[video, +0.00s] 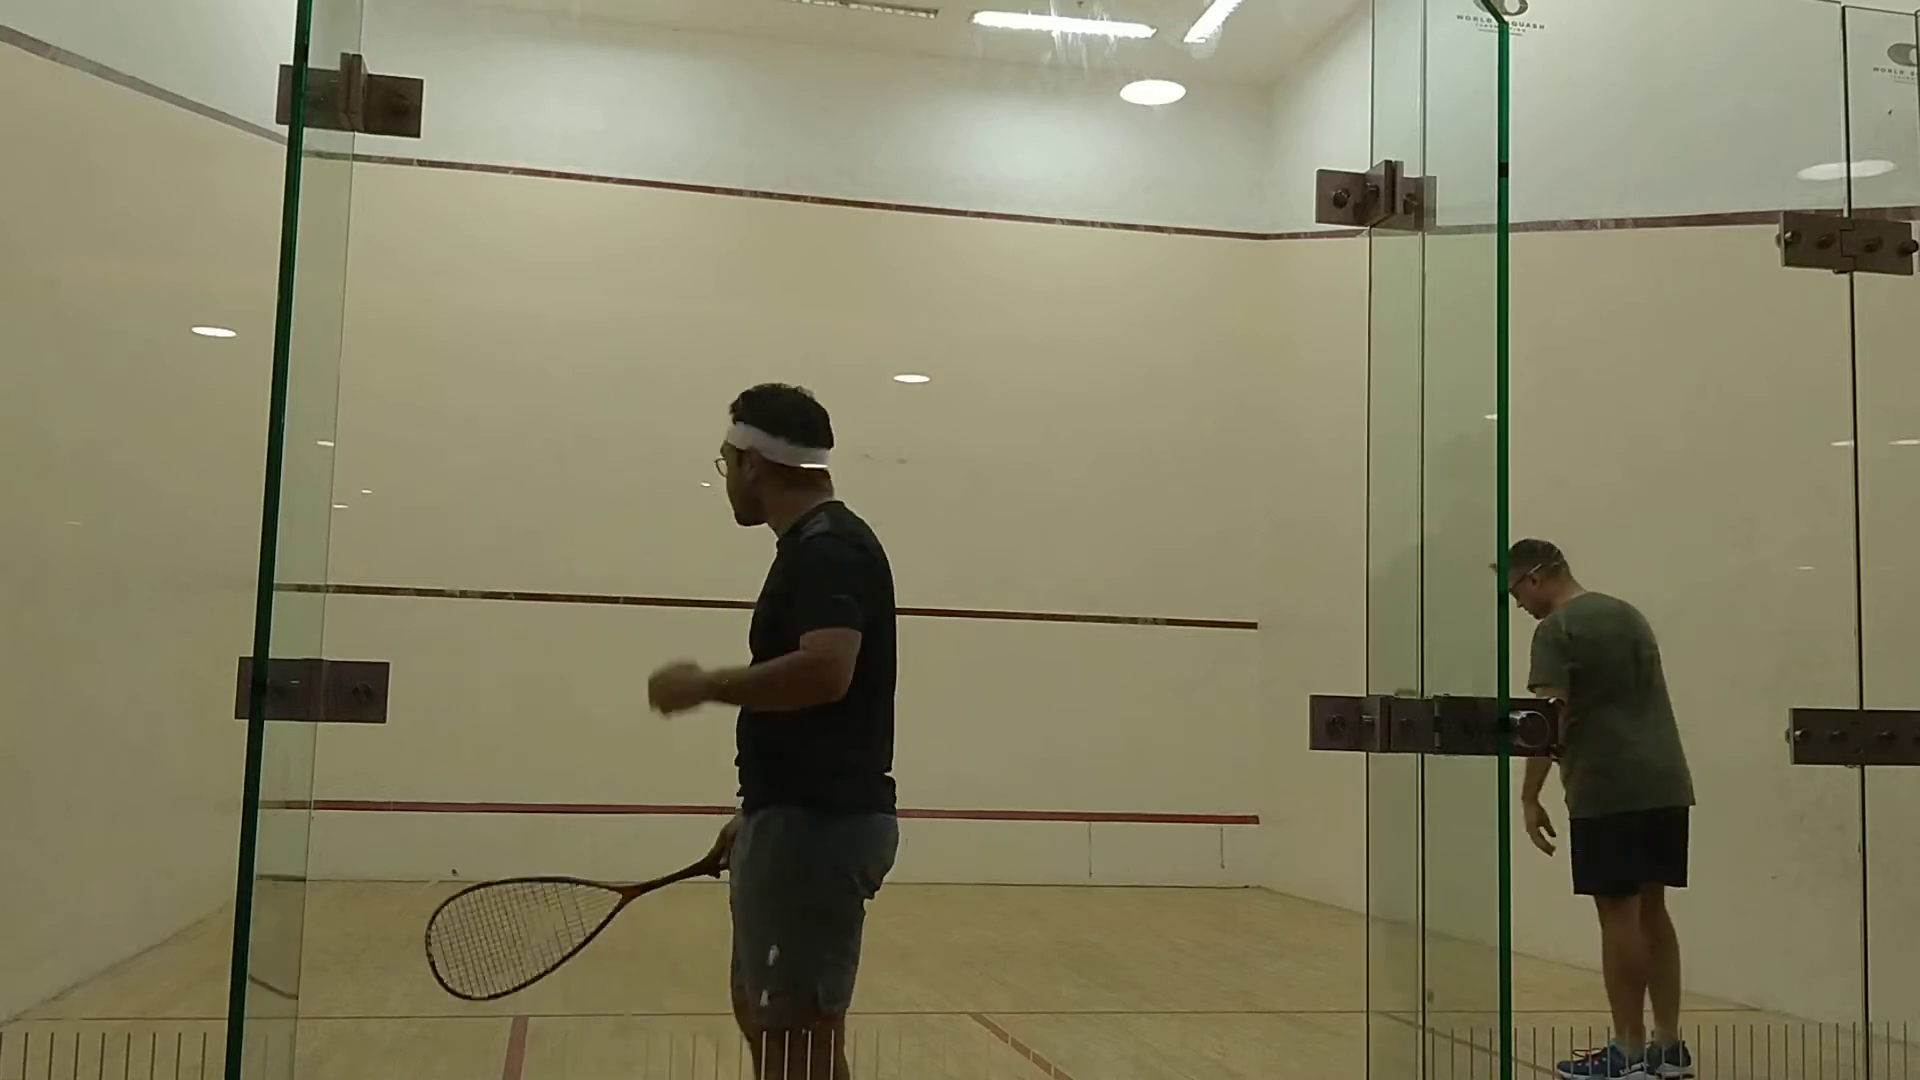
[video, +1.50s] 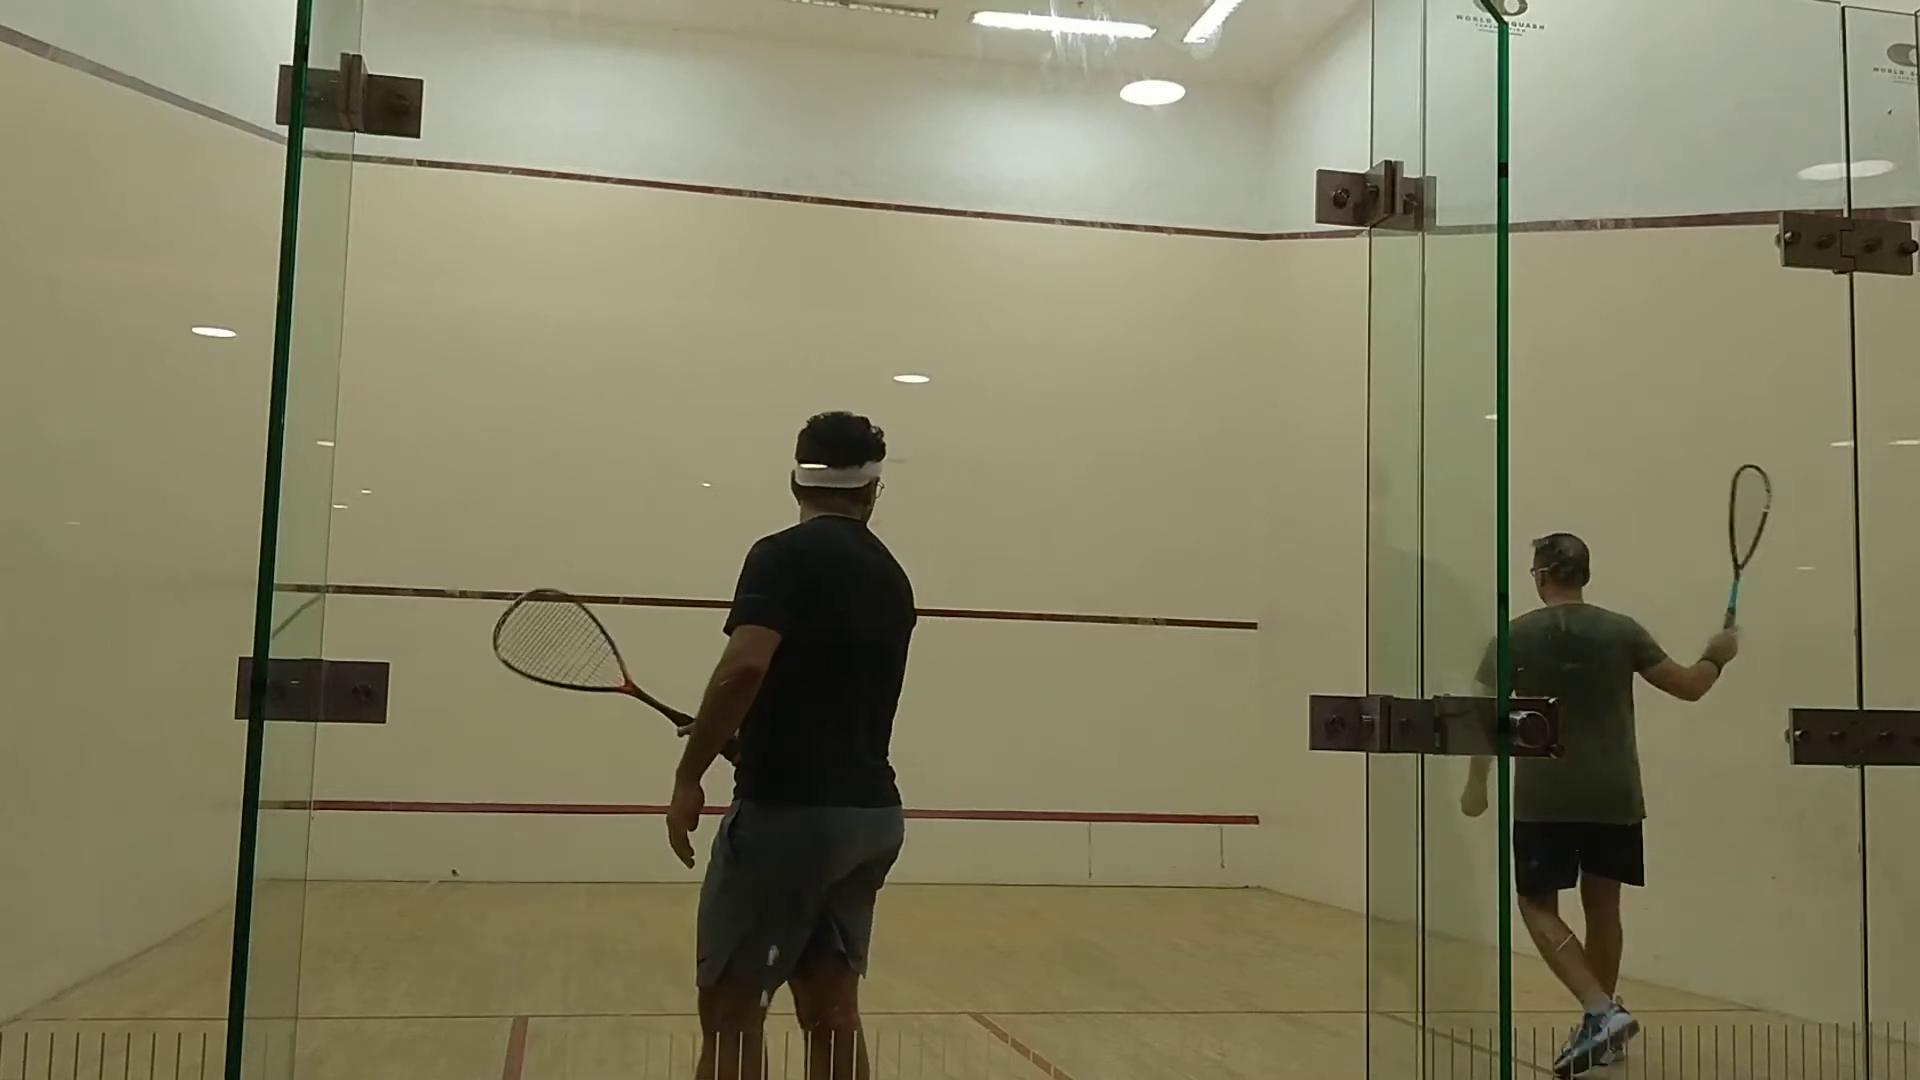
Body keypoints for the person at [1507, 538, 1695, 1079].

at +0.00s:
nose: (1522, 607)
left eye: (1518, 595)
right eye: (1516, 598)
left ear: (1535, 578)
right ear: (1558, 571)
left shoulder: (1555, 631)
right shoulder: (1629, 615)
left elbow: (1548, 722)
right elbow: (1643, 706)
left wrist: (1530, 794)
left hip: (1607, 799)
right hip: (1667, 791)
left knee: (1619, 918)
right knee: (1654, 912)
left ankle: (1629, 1052)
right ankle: (1669, 1044)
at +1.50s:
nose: (1533, 581)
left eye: (1534, 574)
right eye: (1538, 573)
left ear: (1541, 577)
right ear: (1585, 576)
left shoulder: (1512, 638)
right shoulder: (1620, 630)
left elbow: (1484, 716)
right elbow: (1690, 687)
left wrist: (1476, 783)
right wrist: (1717, 653)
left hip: (1540, 804)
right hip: (1613, 802)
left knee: (1538, 907)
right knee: (1603, 908)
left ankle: (1604, 1013)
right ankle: (1598, 1030)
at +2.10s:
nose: (1504, 611)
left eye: (1489, 599)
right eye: (1510, 603)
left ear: (1469, 600)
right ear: (1513, 608)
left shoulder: (1424, 647)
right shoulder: (1516, 667)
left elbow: (1376, 700)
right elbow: (1585, 697)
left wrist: (1412, 727)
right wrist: (1613, 654)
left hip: (1418, 793)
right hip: (1487, 799)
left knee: (1401, 880)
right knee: (1530, 908)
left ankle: (1398, 997)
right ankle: (1579, 1029)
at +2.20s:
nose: (1462, 611)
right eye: (1472, 604)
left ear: (1432, 602)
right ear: (1476, 609)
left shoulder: (1396, 653)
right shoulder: (1486, 665)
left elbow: (1367, 716)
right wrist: (1528, 703)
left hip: (1401, 796)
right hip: (1472, 802)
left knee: (1381, 891)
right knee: (1508, 907)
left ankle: (1396, 999)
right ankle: (1546, 1021)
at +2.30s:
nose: (1399, 595)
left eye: (1402, 588)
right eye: (1404, 587)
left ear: (1407, 594)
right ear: (1445, 597)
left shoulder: (1394, 647)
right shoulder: (1463, 650)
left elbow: (1375, 721)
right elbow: (1466, 720)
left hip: (1400, 799)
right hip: (1461, 798)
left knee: (1386, 892)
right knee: (1465, 901)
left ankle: (1397, 996)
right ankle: (1486, 1004)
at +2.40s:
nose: (1378, 593)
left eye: (1381, 586)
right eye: (1382, 586)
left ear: (1392, 589)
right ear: (1422, 591)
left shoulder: (1400, 638)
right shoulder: (1438, 640)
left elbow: (1387, 704)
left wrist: (1347, 745)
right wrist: (1329, 742)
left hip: (1408, 792)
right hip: (1448, 792)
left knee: (1393, 889)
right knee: (1434, 894)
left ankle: (1396, 995)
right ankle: (1461, 1006)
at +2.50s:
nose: (1367, 590)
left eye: (1371, 582)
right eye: (1370, 582)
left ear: (1383, 589)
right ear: (1409, 590)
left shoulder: (1409, 641)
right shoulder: (1415, 641)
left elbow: (1420, 709)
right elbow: (1385, 711)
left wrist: (1378, 757)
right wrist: (1344, 746)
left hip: (1418, 786)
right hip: (1443, 785)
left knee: (1369, 873)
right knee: (1427, 886)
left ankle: (1385, 981)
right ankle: (1475, 999)